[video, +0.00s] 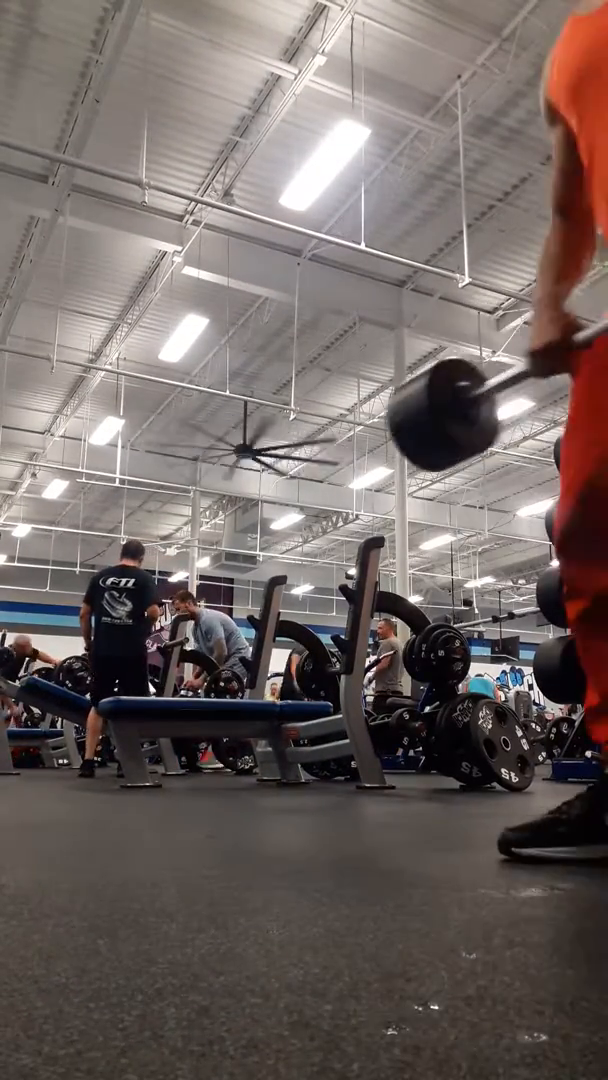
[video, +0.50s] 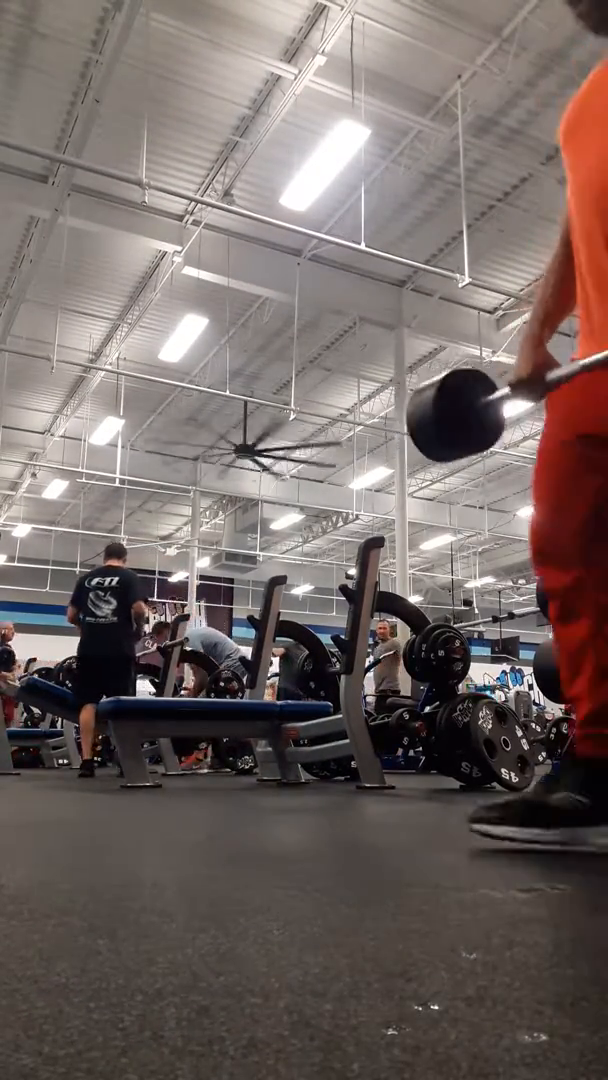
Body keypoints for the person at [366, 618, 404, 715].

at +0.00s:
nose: (378, 631)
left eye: (380, 628)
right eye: (378, 628)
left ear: (389, 628)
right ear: (389, 629)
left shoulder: (387, 643)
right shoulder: (397, 643)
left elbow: (384, 664)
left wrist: (371, 676)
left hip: (384, 692)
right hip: (396, 691)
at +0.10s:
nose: (378, 631)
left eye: (381, 628)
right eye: (378, 628)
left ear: (390, 629)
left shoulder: (389, 643)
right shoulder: (396, 643)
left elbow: (384, 666)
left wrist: (372, 680)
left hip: (385, 692)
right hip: (394, 691)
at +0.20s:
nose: (380, 631)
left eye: (383, 628)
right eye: (379, 629)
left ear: (391, 630)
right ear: (377, 630)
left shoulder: (390, 644)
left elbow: (387, 667)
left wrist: (378, 685)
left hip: (387, 691)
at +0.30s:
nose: (382, 631)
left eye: (385, 628)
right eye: (380, 629)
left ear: (391, 630)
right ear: (377, 631)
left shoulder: (393, 644)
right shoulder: (383, 646)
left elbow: (396, 661)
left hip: (389, 690)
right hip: (382, 689)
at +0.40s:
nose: (382, 631)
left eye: (385, 628)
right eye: (380, 628)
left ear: (390, 630)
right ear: (377, 631)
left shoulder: (394, 644)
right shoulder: (379, 647)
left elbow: (401, 662)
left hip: (390, 688)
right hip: (380, 687)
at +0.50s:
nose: (381, 631)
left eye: (384, 628)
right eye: (379, 628)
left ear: (389, 630)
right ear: (376, 631)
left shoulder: (394, 643)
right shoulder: (377, 648)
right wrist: (377, 686)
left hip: (391, 689)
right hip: (380, 688)